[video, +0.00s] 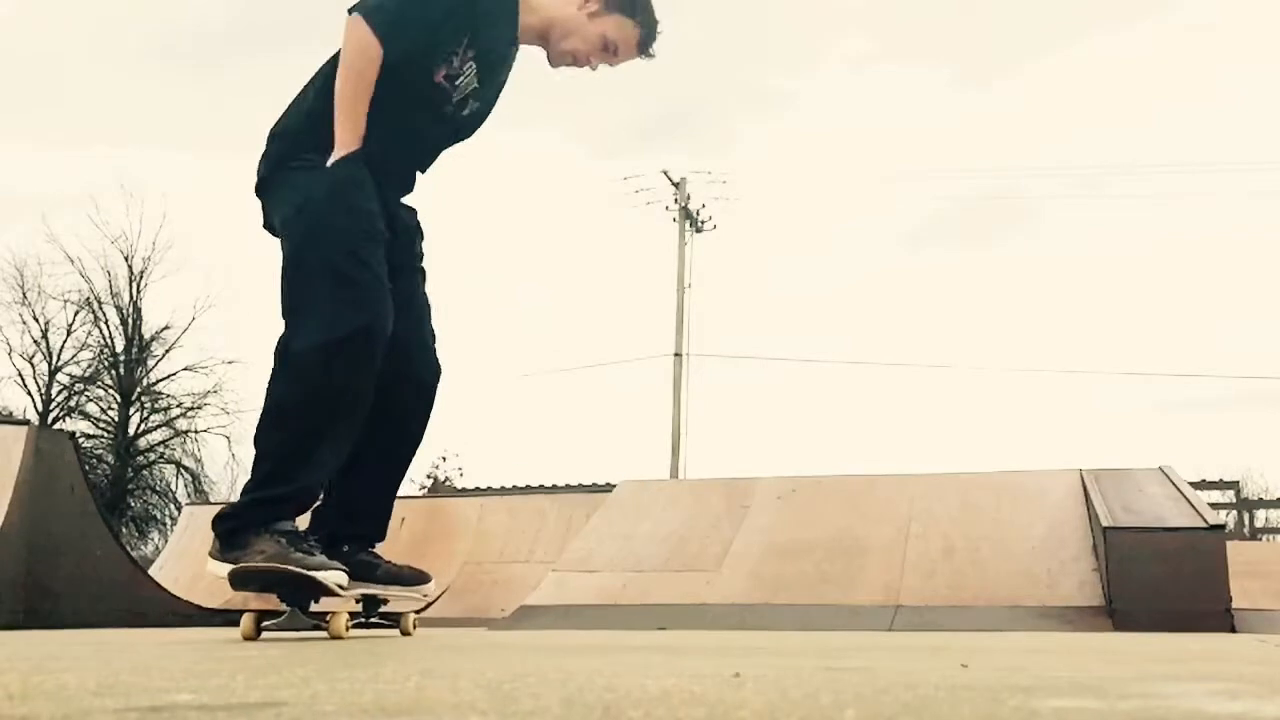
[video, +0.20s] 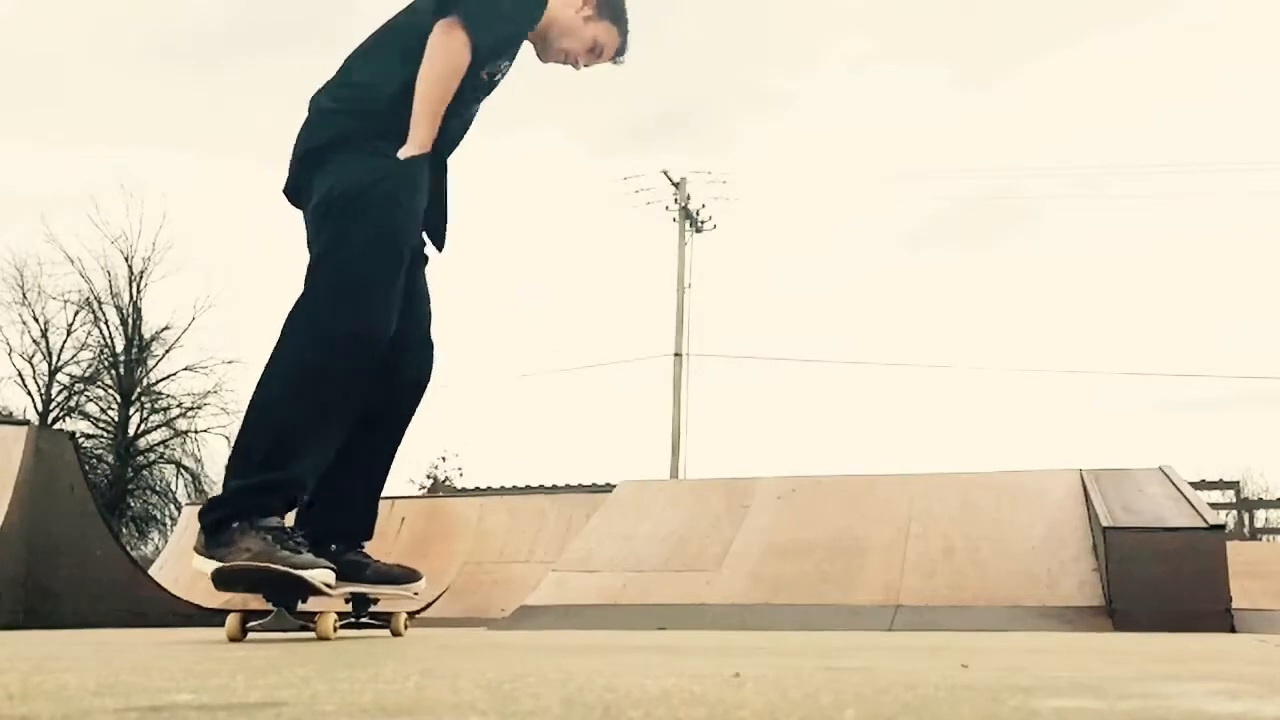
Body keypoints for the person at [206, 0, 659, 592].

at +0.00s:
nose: (595, 63)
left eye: (608, 61)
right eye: (605, 46)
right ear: (586, 6)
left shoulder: (495, 68)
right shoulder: (476, 9)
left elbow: (410, 134)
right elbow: (366, 28)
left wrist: (394, 196)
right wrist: (346, 156)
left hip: (383, 194)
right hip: (322, 165)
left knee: (410, 371)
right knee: (348, 331)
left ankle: (342, 541)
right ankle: (256, 526)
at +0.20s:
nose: (582, 62)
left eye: (594, 62)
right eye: (595, 48)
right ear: (583, 4)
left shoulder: (499, 42)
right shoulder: (518, 5)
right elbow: (454, 33)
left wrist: (417, 183)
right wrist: (417, 147)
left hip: (394, 180)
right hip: (367, 154)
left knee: (402, 360)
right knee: (348, 323)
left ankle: (331, 538)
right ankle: (240, 519)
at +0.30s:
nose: (567, 51)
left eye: (578, 52)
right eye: (579, 38)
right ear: (569, 3)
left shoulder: (452, 14)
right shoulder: (530, 6)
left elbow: (370, 81)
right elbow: (490, 47)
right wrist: (473, 156)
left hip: (356, 156)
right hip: (401, 153)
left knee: (369, 338)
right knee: (406, 328)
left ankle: (327, 538)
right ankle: (274, 497)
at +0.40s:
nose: (567, 43)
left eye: (576, 42)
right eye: (579, 31)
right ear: (575, 1)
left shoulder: (432, 15)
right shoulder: (543, 2)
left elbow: (362, 94)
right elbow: (512, 47)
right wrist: (509, 164)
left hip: (362, 154)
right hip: (441, 146)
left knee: (378, 344)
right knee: (472, 331)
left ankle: (304, 530)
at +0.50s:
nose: (583, 34)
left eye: (592, 31)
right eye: (594, 22)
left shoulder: (432, 8)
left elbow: (377, 94)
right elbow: (527, 53)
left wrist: (386, 171)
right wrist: (540, 171)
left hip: (385, 168)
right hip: (473, 163)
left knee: (399, 364)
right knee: (534, 345)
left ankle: (344, 522)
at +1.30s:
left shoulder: (619, 11)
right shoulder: (755, 13)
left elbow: (586, 114)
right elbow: (749, 116)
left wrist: (577, 197)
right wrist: (743, 219)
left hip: (598, 212)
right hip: (694, 218)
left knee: (580, 377)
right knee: (689, 398)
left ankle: (561, 519)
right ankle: (682, 548)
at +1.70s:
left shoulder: (648, 16)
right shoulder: (756, 49)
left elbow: (646, 118)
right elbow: (777, 150)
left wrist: (641, 227)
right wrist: (776, 220)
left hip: (685, 229)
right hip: (763, 230)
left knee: (672, 387)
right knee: (784, 390)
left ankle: (707, 544)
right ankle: (823, 553)